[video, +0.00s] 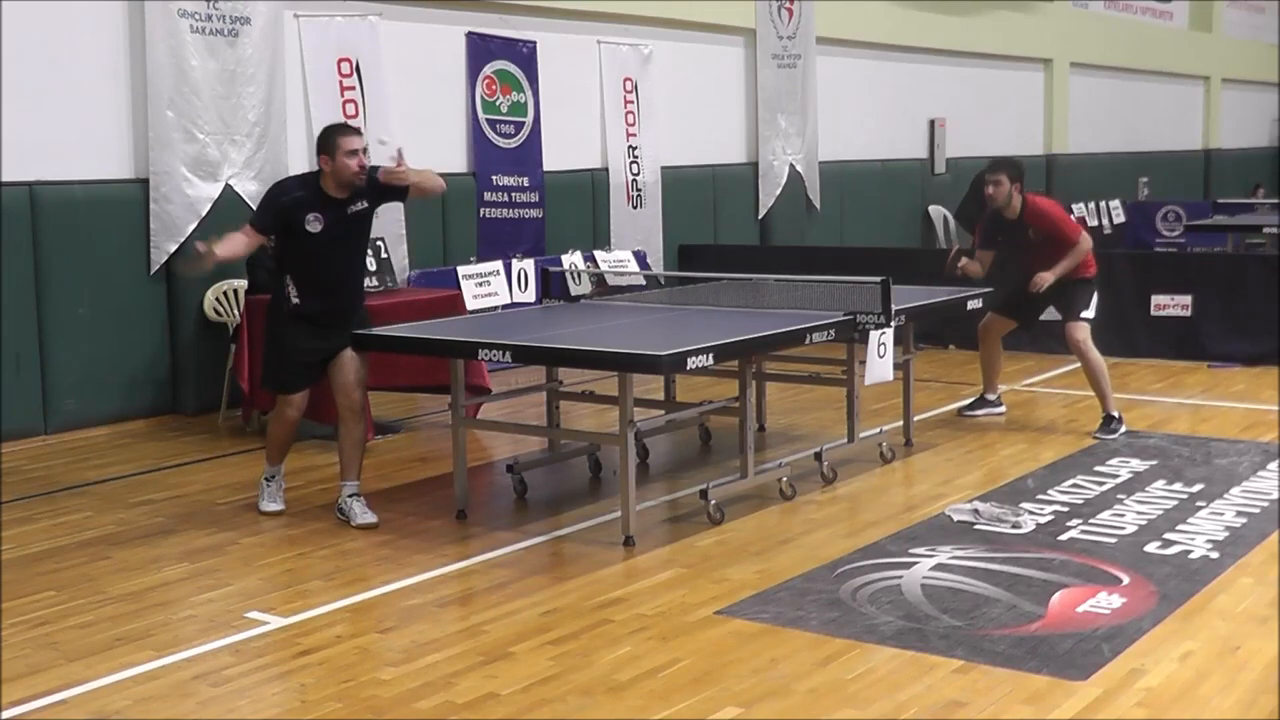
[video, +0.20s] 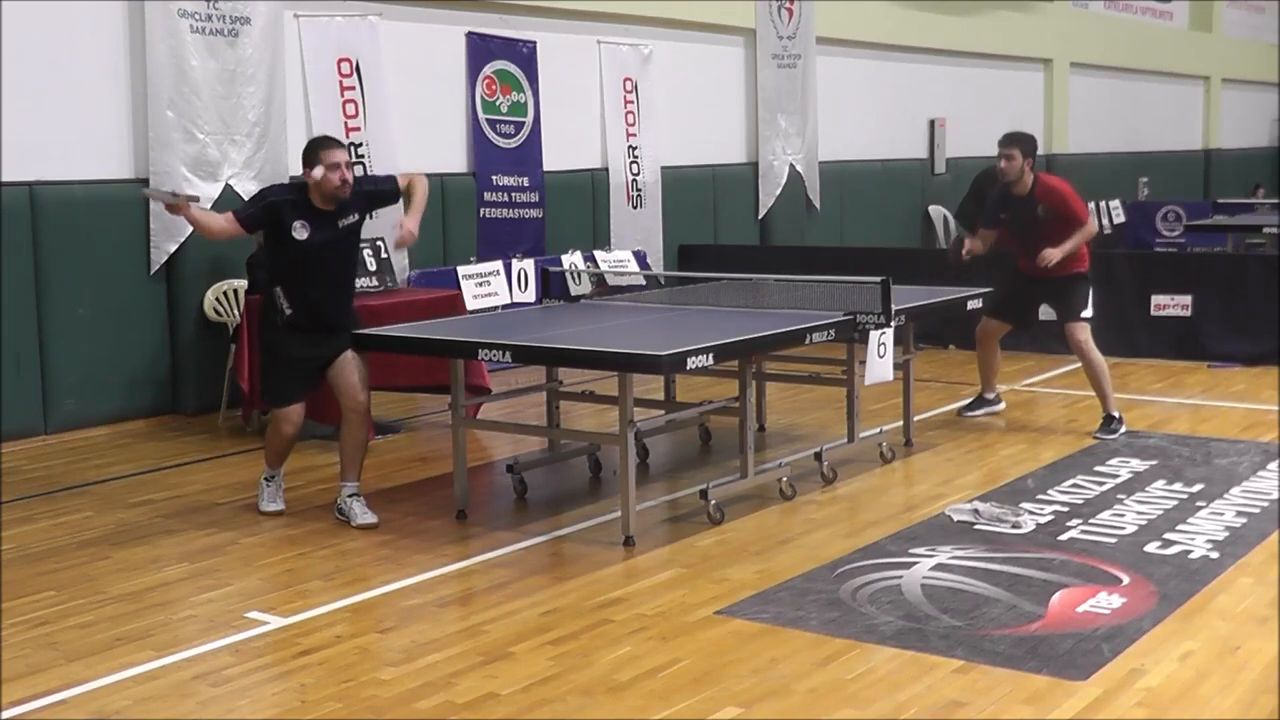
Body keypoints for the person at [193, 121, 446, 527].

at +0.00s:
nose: (361, 162)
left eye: (363, 153)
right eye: (352, 155)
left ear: (366, 156)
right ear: (326, 160)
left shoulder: (372, 186)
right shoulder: (289, 194)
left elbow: (438, 186)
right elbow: (249, 236)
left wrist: (411, 178)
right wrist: (217, 251)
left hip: (345, 315)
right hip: (296, 318)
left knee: (354, 400)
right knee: (292, 407)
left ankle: (350, 494)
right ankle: (273, 477)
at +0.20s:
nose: (346, 175)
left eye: (348, 167)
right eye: (335, 168)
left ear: (352, 167)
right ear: (311, 173)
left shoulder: (358, 193)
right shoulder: (278, 201)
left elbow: (417, 180)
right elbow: (223, 226)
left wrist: (413, 218)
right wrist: (188, 211)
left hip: (336, 325)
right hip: (286, 328)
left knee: (358, 401)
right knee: (290, 422)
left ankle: (350, 495)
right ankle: (272, 477)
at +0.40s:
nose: (369, 226)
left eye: (372, 219)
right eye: (365, 219)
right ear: (337, 209)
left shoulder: (347, 221)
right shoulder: (280, 202)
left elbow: (385, 222)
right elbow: (219, 208)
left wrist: (386, 274)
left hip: (315, 328)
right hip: (267, 333)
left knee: (361, 405)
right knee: (286, 434)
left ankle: (347, 497)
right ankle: (271, 478)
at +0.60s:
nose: (367, 168)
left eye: (368, 159)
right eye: (365, 159)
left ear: (343, 156)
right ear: (346, 156)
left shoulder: (328, 196)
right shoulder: (279, 169)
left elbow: (326, 226)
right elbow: (219, 199)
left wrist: (332, 262)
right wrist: (265, 240)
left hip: (299, 311)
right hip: (255, 312)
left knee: (329, 398)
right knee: (279, 416)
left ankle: (346, 495)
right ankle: (250, 468)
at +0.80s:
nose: (327, 149)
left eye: (325, 141)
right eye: (323, 141)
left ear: (296, 144)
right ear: (306, 145)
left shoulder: (287, 190)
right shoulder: (264, 184)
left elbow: (276, 254)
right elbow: (239, 250)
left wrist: (301, 294)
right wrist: (293, 286)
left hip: (272, 318)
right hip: (249, 321)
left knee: (269, 413)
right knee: (284, 417)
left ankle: (242, 496)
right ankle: (252, 529)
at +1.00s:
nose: (311, 165)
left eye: (309, 155)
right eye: (308, 156)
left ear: (264, 159)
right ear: (290, 159)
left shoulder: (232, 196)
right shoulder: (271, 202)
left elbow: (221, 265)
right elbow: (285, 278)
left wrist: (298, 274)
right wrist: (337, 293)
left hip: (202, 330)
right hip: (231, 332)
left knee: (232, 424)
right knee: (282, 434)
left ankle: (229, 506)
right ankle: (248, 548)